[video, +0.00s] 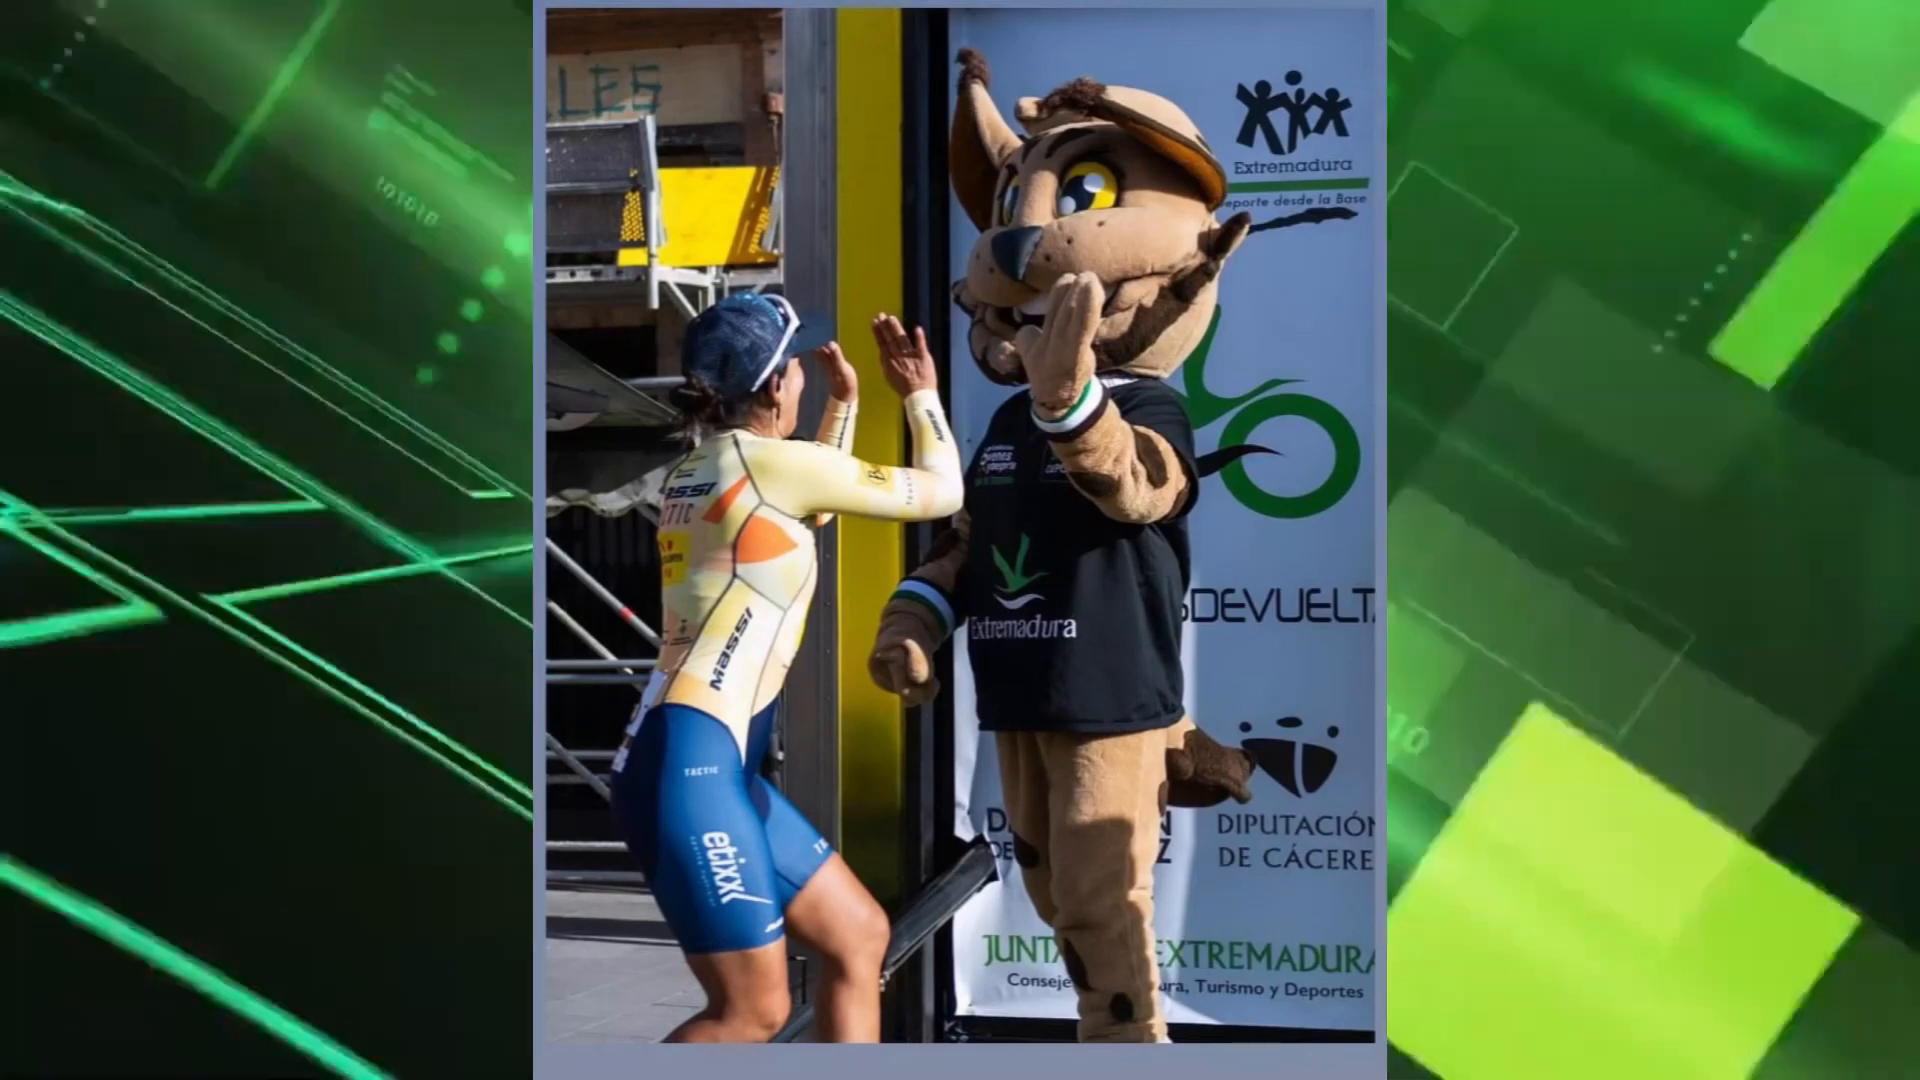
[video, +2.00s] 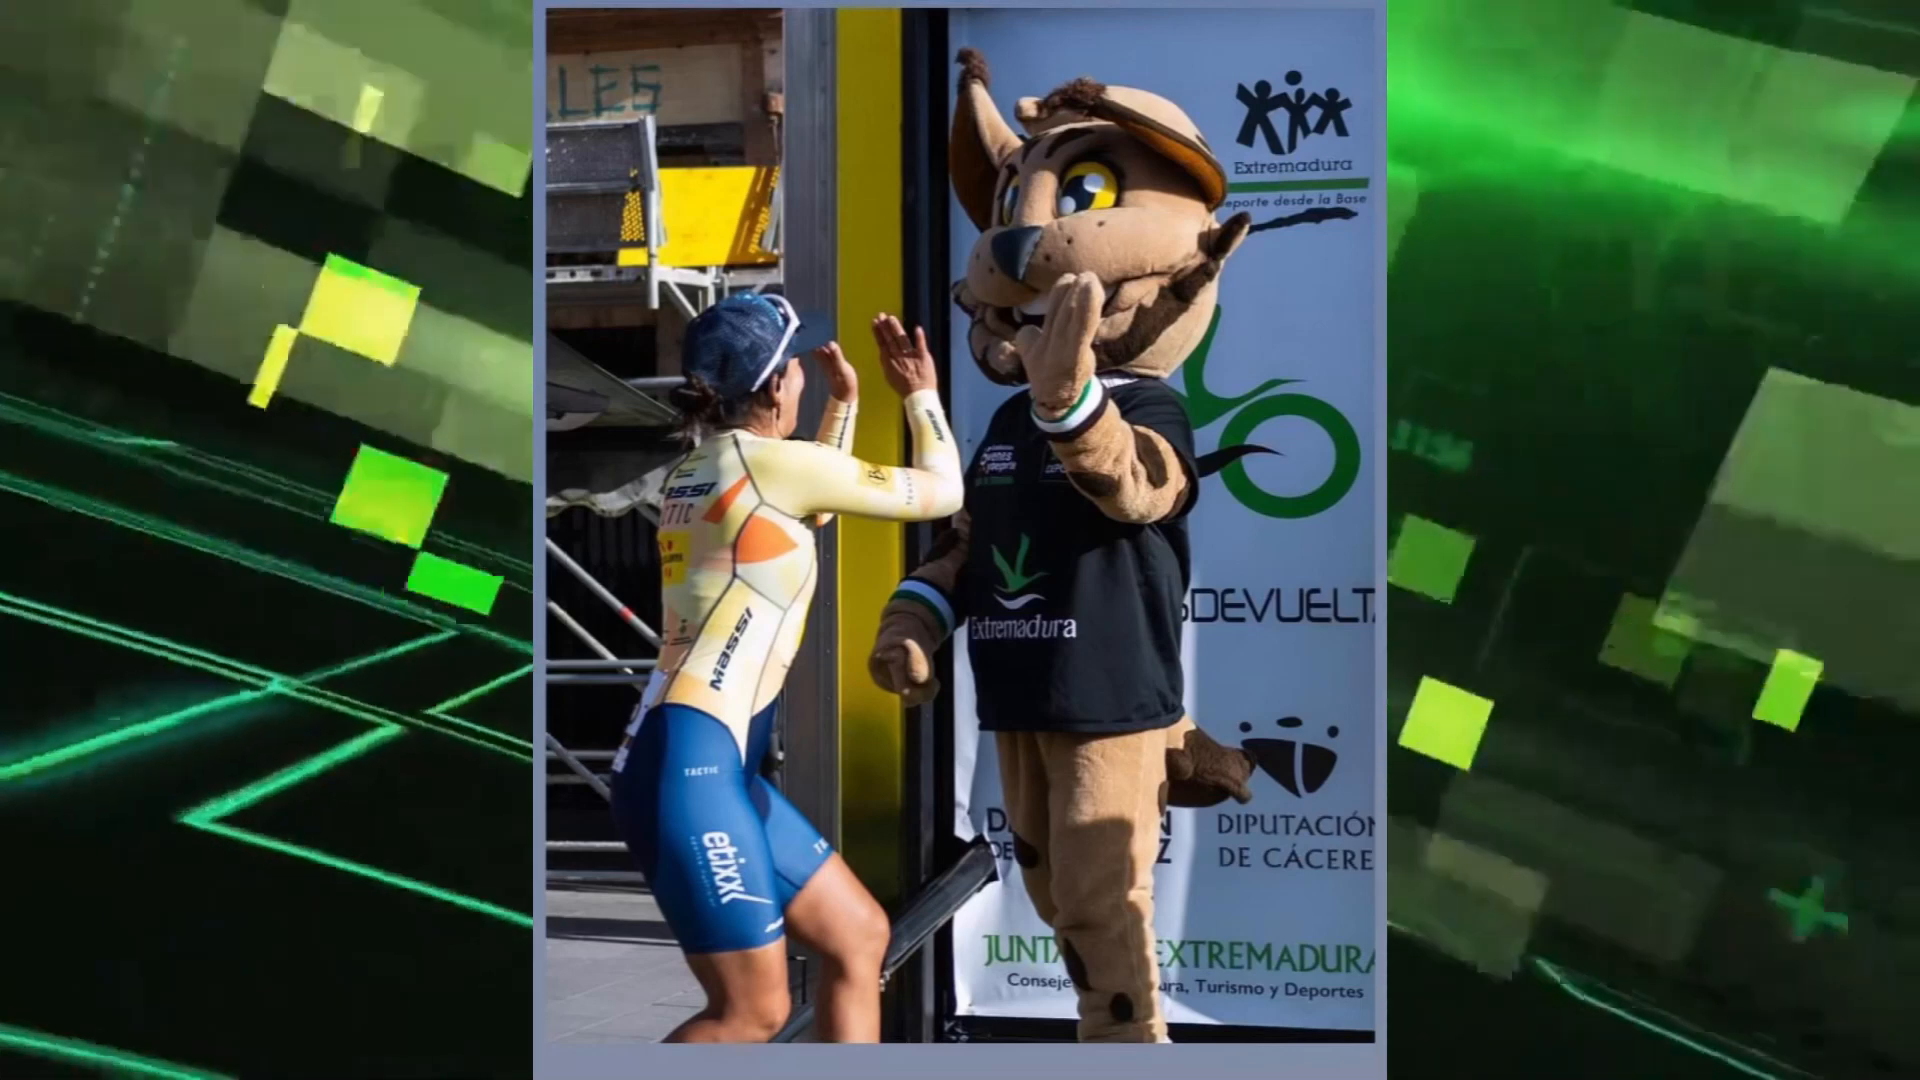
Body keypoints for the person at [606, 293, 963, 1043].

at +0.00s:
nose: (803, 377)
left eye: (799, 362)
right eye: (796, 364)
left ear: (713, 387)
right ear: (777, 380)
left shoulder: (694, 471)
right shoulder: (780, 465)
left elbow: (799, 495)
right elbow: (938, 492)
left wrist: (840, 413)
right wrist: (924, 396)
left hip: (714, 769)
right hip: (686, 774)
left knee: (860, 934)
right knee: (754, 1010)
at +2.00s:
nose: (803, 377)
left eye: (800, 363)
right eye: (796, 364)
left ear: (715, 387)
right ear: (776, 380)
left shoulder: (693, 471)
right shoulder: (777, 464)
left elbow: (800, 496)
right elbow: (939, 492)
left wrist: (841, 411)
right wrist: (924, 395)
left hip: (714, 770)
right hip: (686, 774)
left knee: (860, 934)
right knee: (753, 1010)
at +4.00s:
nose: (803, 377)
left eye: (799, 362)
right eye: (796, 364)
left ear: (714, 387)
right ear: (777, 380)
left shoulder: (694, 471)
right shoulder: (781, 465)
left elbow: (798, 493)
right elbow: (938, 492)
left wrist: (841, 411)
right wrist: (924, 395)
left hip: (714, 769)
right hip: (686, 774)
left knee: (860, 934)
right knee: (754, 1010)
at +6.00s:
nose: (803, 377)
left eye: (800, 363)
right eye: (796, 364)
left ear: (714, 387)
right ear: (777, 381)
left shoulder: (695, 471)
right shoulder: (780, 465)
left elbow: (801, 494)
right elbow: (938, 492)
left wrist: (841, 410)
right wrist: (924, 395)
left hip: (714, 769)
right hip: (686, 774)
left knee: (860, 933)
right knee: (754, 1009)